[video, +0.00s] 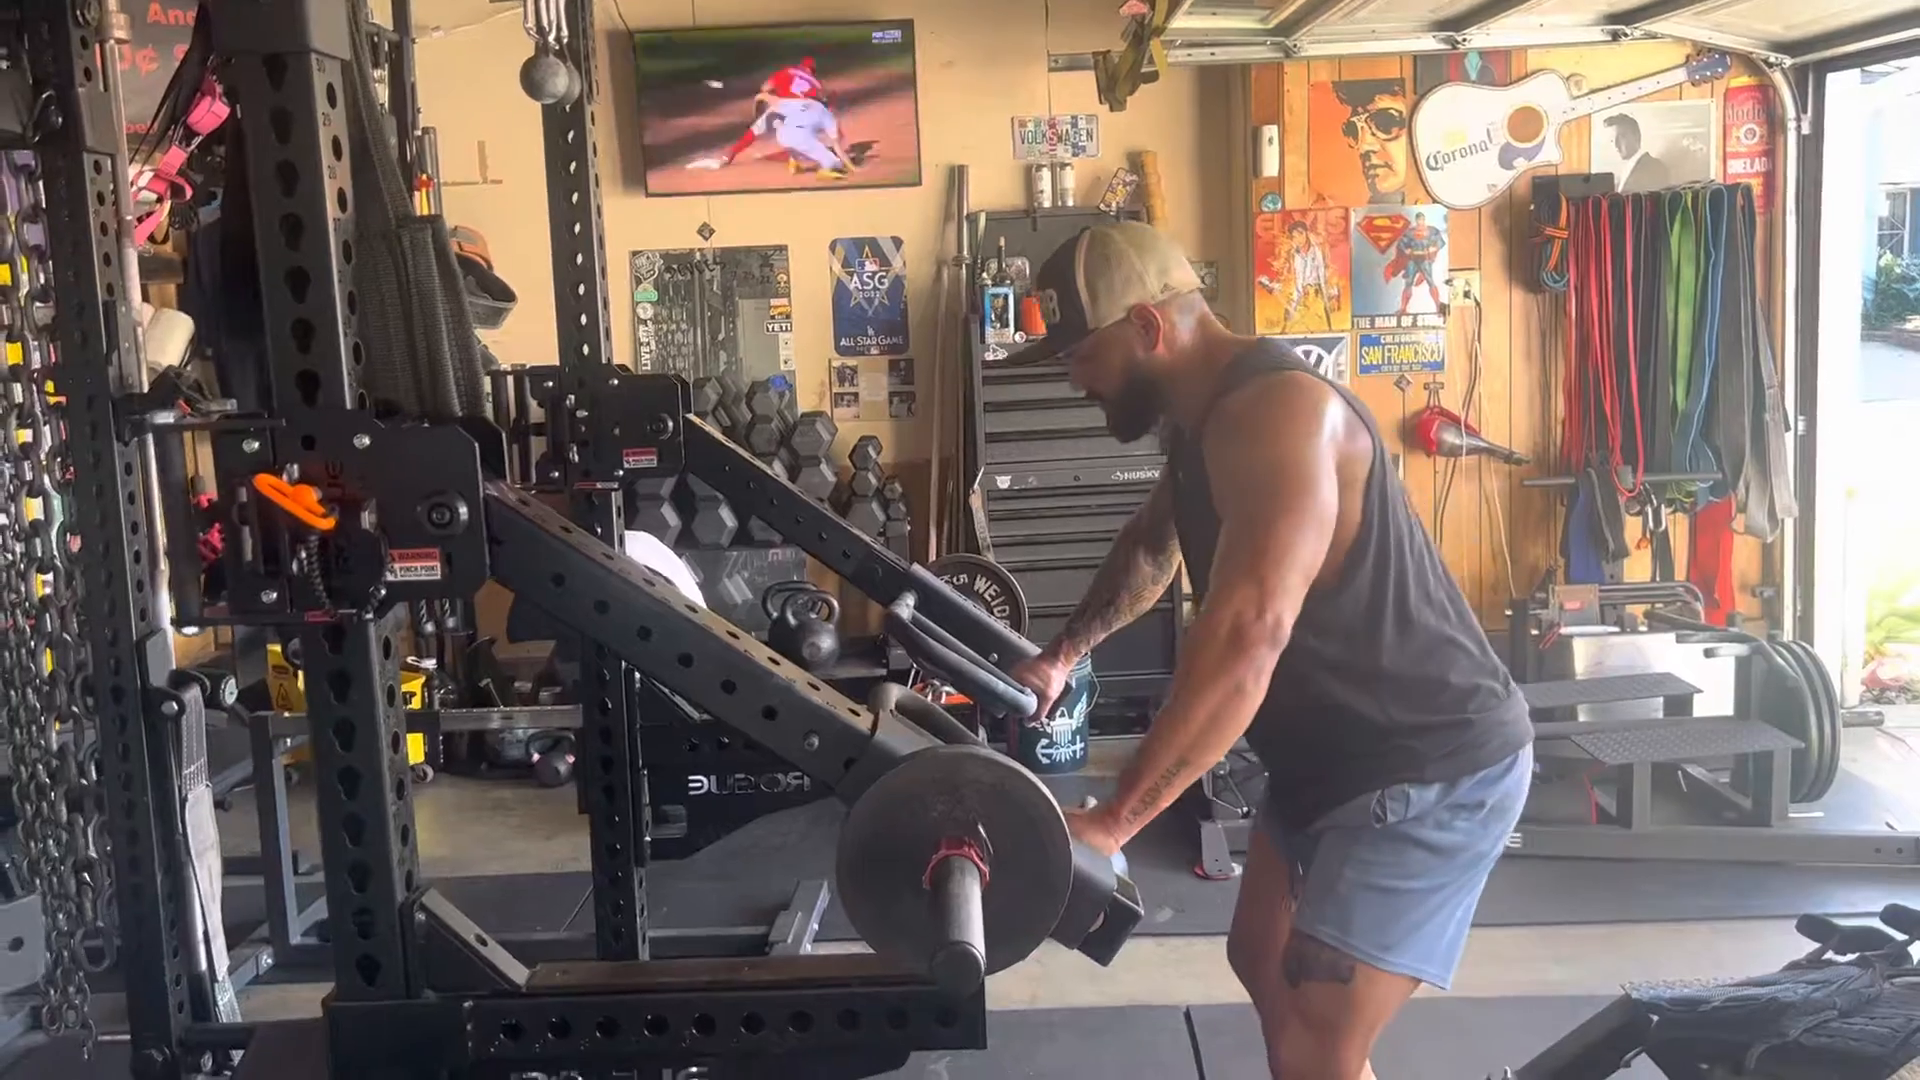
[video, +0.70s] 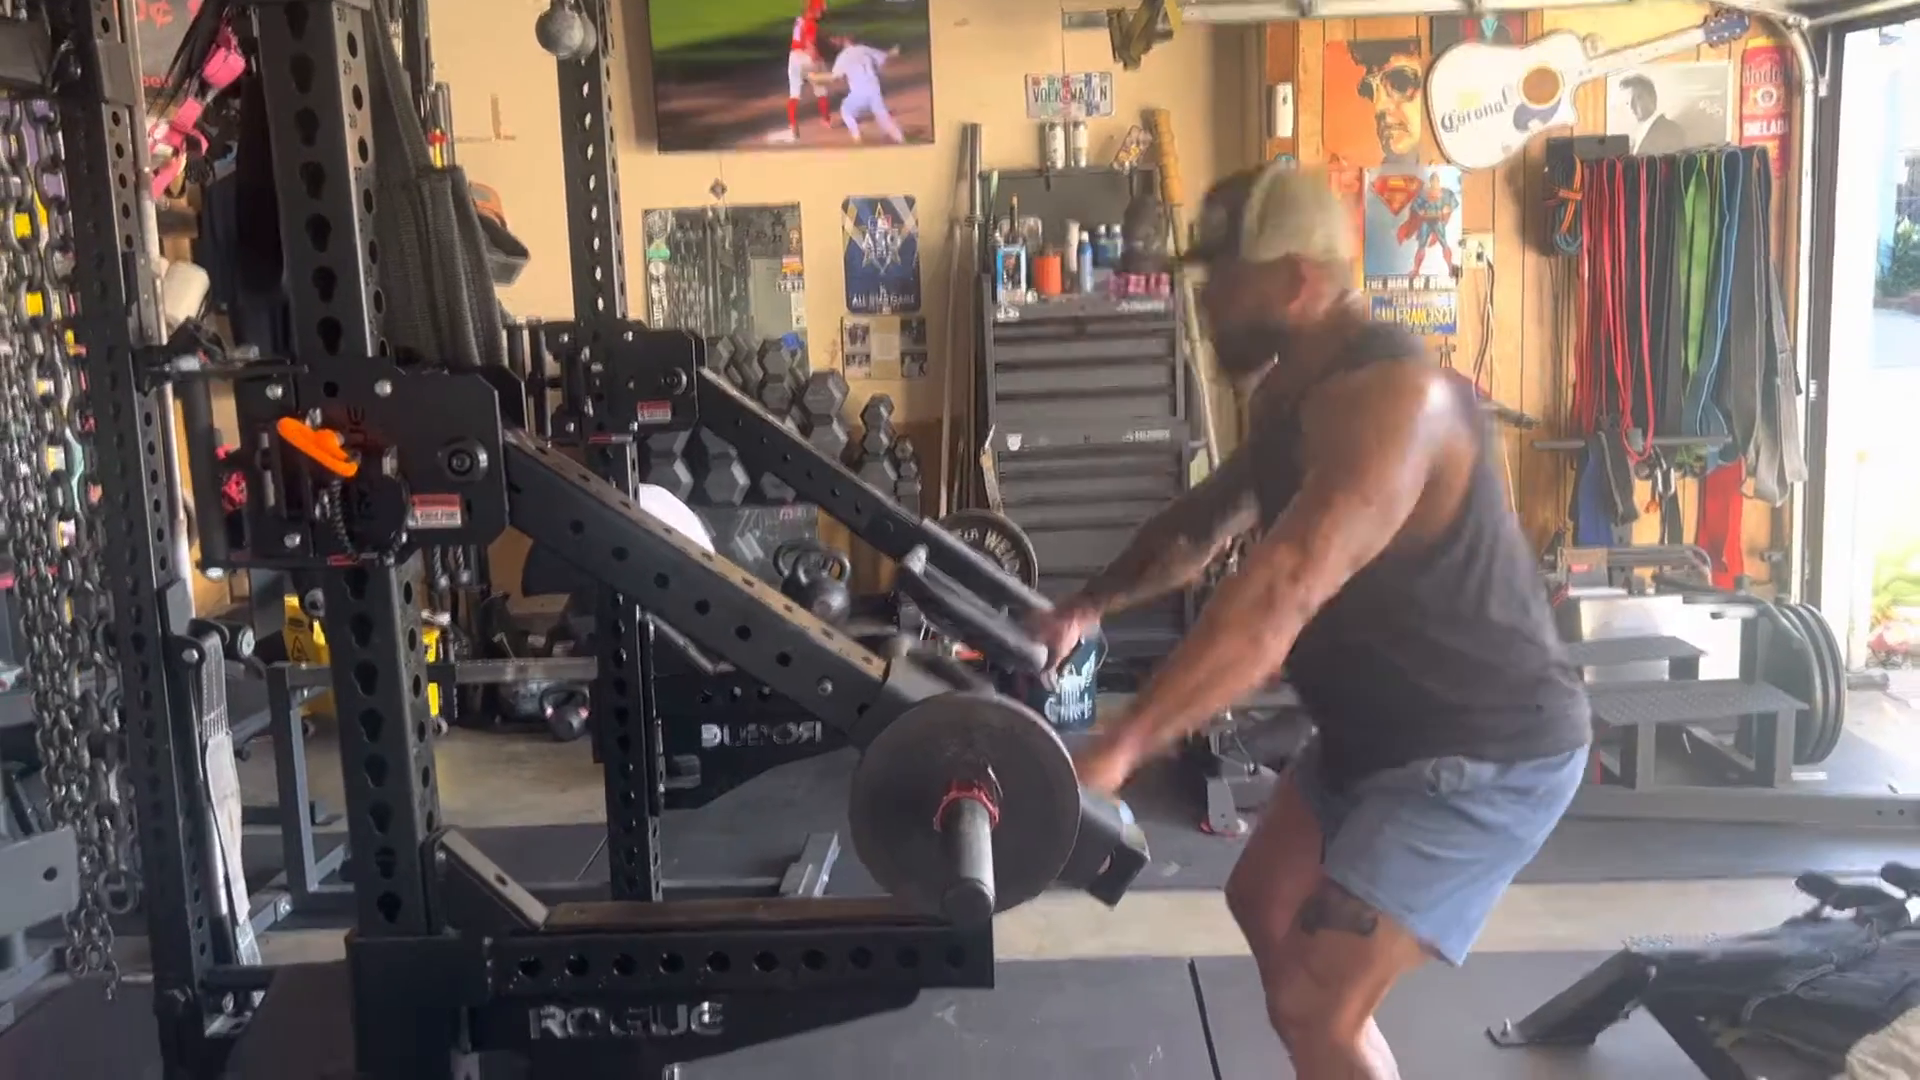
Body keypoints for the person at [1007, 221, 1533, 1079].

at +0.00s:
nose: (1072, 378)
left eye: (1080, 349)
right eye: (1065, 357)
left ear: (1152, 326)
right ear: (1155, 328)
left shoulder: (1277, 407)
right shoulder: (1208, 414)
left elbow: (1250, 629)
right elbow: (1154, 542)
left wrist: (1117, 818)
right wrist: (1063, 655)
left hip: (1428, 764)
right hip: (1332, 757)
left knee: (1319, 1045)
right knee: (1263, 958)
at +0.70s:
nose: (1207, 295)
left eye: (1223, 271)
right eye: (1207, 271)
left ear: (1302, 283)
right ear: (1297, 287)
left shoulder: (1391, 398)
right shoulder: (1298, 388)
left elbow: (1285, 590)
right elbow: (1209, 519)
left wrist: (1125, 744)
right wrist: (1084, 609)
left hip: (1484, 748)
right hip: (1379, 730)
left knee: (1316, 1009)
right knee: (1266, 900)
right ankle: (1341, 1061)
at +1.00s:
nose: (1223, 179)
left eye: (1244, 158)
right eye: (1225, 157)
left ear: (1320, 168)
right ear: (1313, 169)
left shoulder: (1402, 272)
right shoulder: (1297, 283)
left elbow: (1482, 356)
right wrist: (1118, 286)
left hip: (1302, 690)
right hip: (1249, 678)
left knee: (1285, 971)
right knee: (1275, 959)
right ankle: (1311, 1064)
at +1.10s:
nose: (1166, 203)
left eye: (1179, 180)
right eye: (1161, 181)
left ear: (1239, 176)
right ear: (1247, 175)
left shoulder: (1294, 278)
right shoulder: (1227, 282)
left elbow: (1395, 335)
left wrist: (1223, 231)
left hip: (1263, 701)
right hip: (1225, 691)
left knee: (1272, 988)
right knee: (1265, 978)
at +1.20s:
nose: (1069, 234)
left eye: (1084, 206)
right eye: (1066, 210)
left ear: (1143, 194)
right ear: (1128, 201)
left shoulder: (1244, 295)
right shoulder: (1163, 297)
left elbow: (1294, 290)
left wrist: (1125, 125)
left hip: (1253, 709)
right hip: (1213, 699)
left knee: (1264, 993)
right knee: (1255, 984)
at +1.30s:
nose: (1014, 270)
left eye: (1027, 242)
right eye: (1012, 246)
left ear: (1097, 229)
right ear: (1097, 227)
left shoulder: (1199, 298)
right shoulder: (1129, 309)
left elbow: (1178, 216)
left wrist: (1038, 45)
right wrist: (1032, 127)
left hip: (1245, 707)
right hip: (1209, 703)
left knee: (1262, 1001)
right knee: (1252, 987)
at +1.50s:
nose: (986, 338)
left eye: (990, 309)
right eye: (979, 318)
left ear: (1042, 273)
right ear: (1042, 274)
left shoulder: (1149, 296)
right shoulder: (1103, 314)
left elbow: (1038, 146)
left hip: (1251, 718)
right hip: (1208, 712)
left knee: (1260, 1003)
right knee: (1249, 991)